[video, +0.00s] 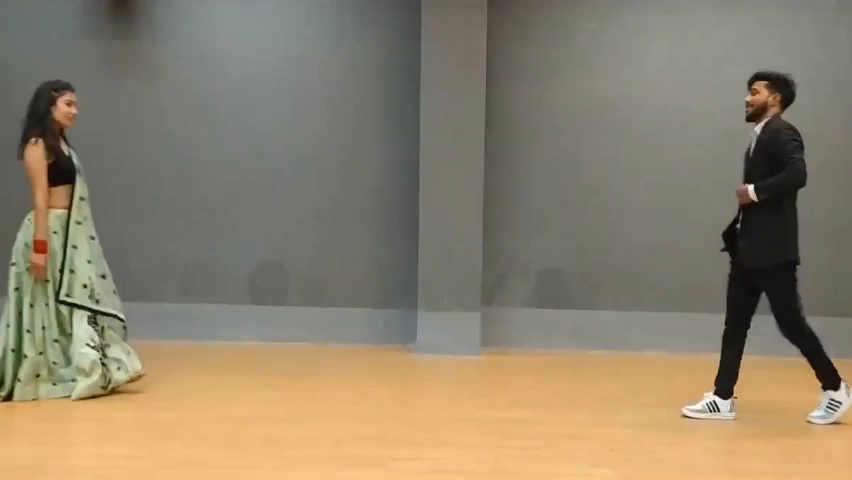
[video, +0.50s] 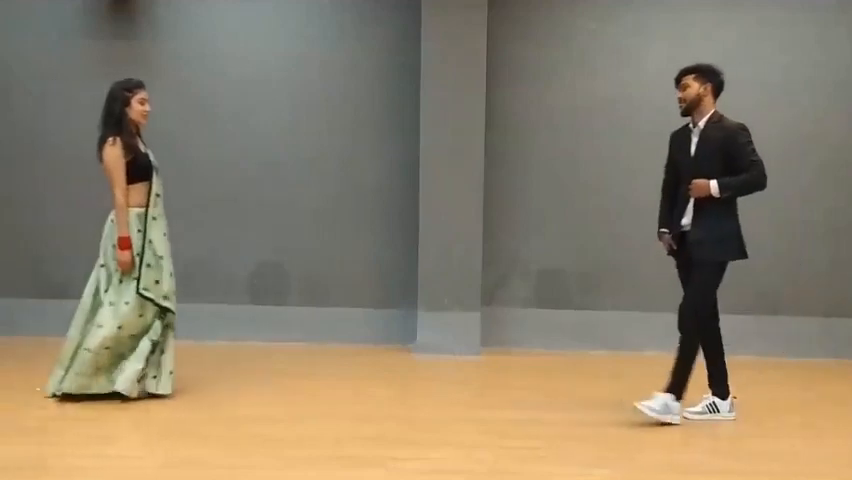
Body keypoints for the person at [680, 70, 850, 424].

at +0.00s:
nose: (747, 98)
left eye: (754, 92)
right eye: (748, 92)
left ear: (775, 98)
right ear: (765, 99)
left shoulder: (783, 132)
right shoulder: (760, 136)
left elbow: (796, 174)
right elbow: (763, 188)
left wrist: (755, 191)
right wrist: (740, 228)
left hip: (774, 248)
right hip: (748, 247)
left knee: (792, 324)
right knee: (735, 324)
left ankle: (837, 390)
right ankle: (721, 398)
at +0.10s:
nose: (735, 95)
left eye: (742, 89)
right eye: (736, 89)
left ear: (763, 95)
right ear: (755, 96)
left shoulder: (774, 128)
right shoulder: (742, 136)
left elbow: (791, 172)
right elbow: (738, 189)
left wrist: (749, 187)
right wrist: (720, 225)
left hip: (762, 244)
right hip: (735, 243)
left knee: (771, 325)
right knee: (730, 322)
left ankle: (825, 380)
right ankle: (721, 398)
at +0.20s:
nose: (719, 94)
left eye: (726, 88)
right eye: (719, 89)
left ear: (748, 94)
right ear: (731, 96)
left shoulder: (765, 129)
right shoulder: (719, 141)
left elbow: (784, 171)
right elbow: (711, 187)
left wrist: (741, 184)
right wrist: (700, 223)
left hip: (748, 240)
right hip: (718, 240)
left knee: (742, 319)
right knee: (722, 320)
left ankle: (796, 373)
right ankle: (721, 399)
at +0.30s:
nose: (703, 94)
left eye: (710, 87)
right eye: (703, 88)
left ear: (733, 90)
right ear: (723, 93)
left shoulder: (755, 128)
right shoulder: (705, 138)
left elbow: (777, 173)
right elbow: (693, 185)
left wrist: (733, 183)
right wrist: (684, 224)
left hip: (737, 238)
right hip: (704, 238)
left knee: (722, 315)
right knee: (715, 318)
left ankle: (761, 385)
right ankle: (721, 398)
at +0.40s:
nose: (691, 93)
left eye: (697, 86)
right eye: (691, 88)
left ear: (720, 89)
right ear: (703, 93)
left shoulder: (744, 130)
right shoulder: (691, 136)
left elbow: (769, 174)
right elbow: (681, 183)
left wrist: (726, 184)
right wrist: (674, 224)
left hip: (727, 236)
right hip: (695, 238)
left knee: (705, 312)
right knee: (707, 315)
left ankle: (719, 398)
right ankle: (718, 396)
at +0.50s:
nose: (678, 94)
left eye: (684, 87)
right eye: (678, 89)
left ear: (707, 89)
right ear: (695, 93)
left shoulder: (732, 132)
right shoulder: (679, 137)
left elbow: (757, 177)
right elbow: (671, 185)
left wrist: (715, 186)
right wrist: (665, 226)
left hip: (716, 238)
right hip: (685, 239)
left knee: (690, 312)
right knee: (705, 316)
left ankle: (672, 397)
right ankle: (721, 398)